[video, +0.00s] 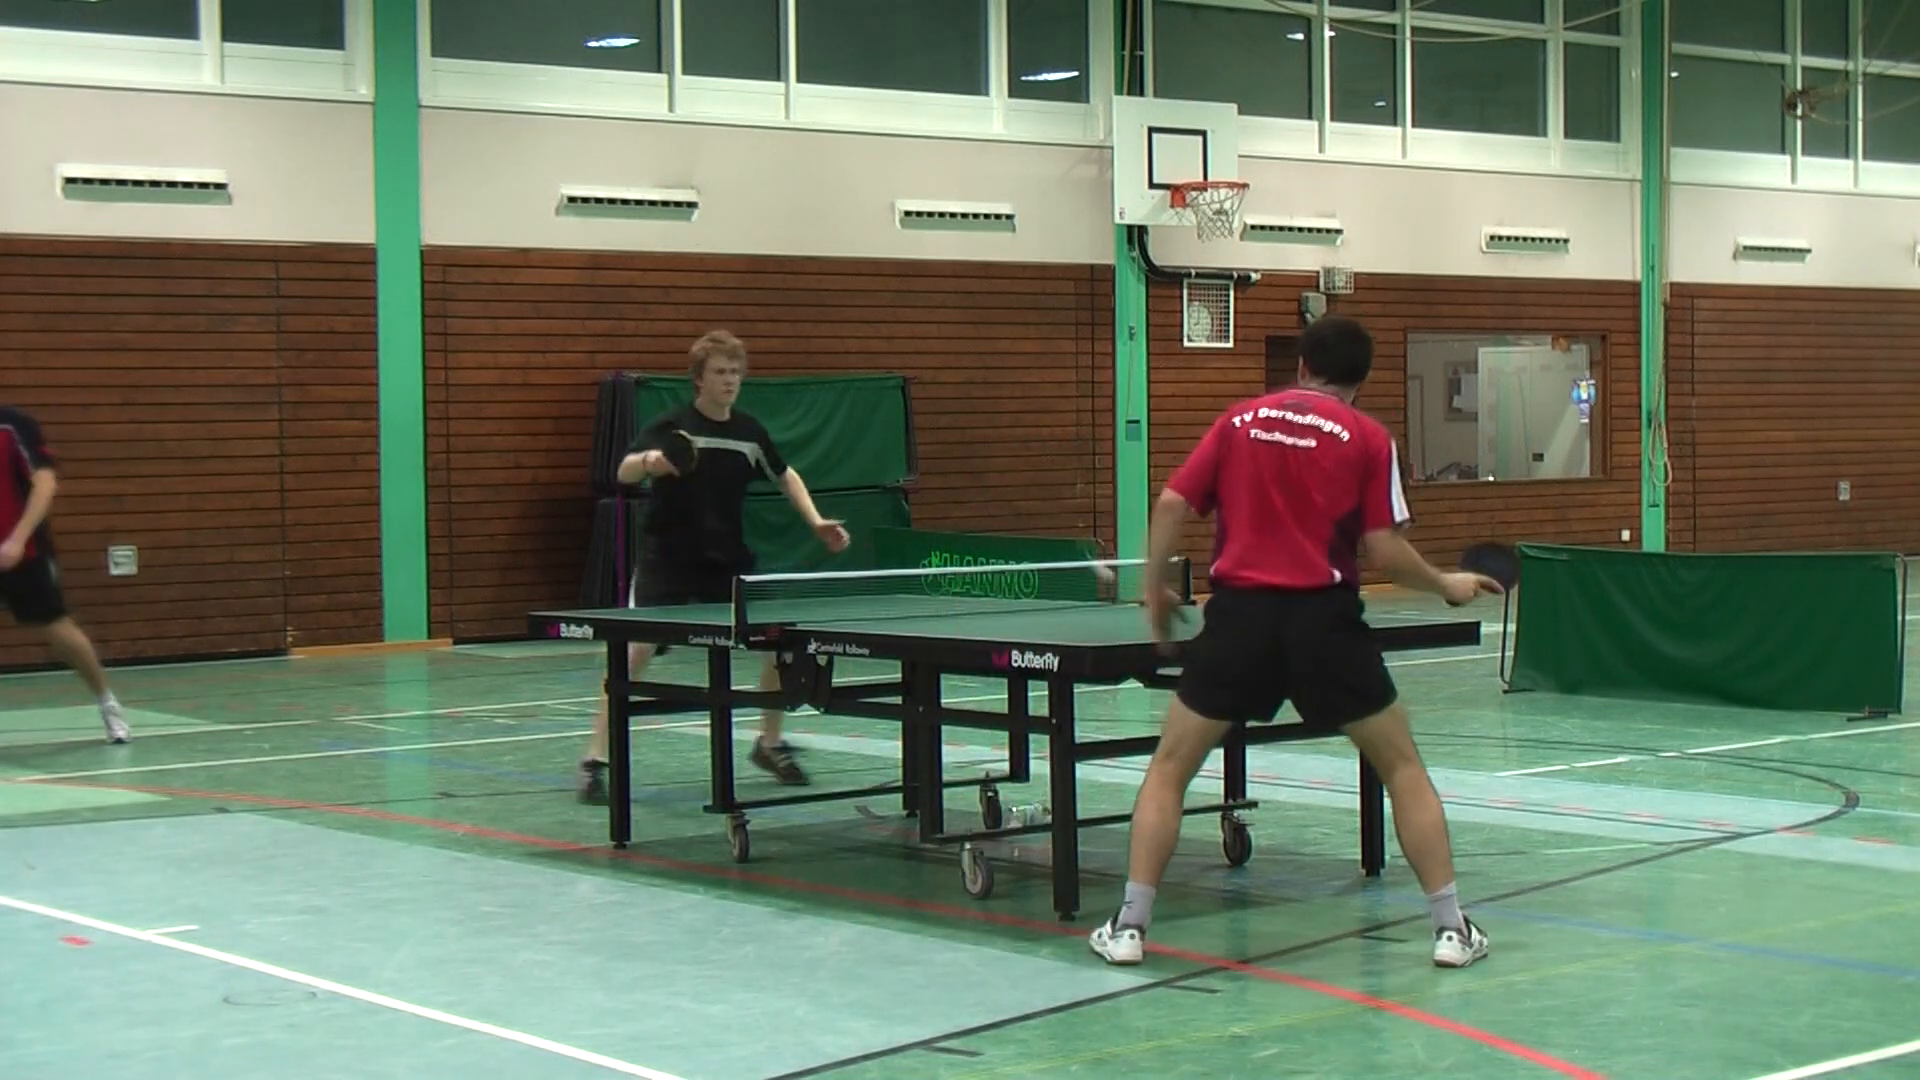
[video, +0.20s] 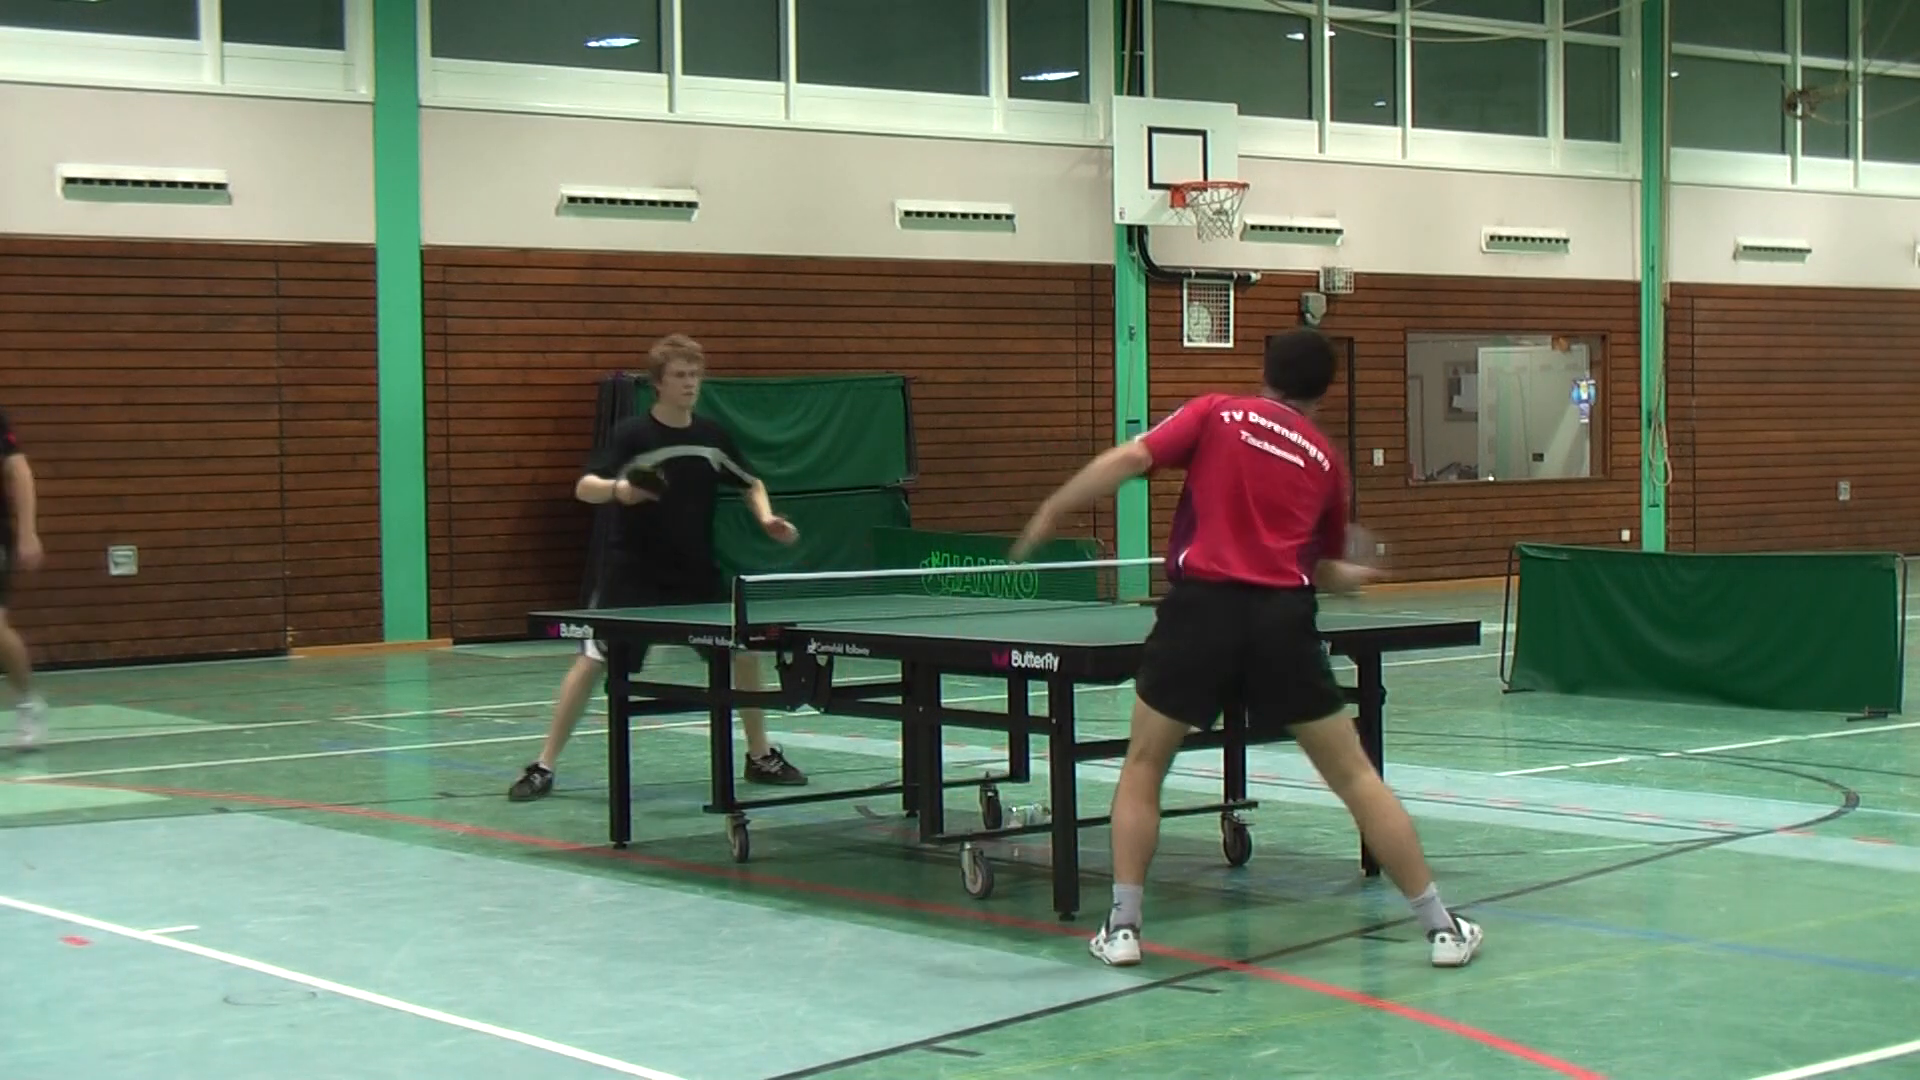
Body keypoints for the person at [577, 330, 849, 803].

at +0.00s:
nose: (730, 380)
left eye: (735, 373)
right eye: (720, 372)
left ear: (742, 378)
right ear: (698, 377)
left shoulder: (750, 431)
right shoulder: (670, 427)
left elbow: (786, 476)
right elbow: (623, 473)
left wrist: (816, 521)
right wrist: (646, 464)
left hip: (729, 563)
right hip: (667, 564)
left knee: (780, 641)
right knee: (635, 652)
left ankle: (770, 742)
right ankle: (595, 757)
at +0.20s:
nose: (690, 384)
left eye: (695, 376)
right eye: (680, 376)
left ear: (701, 380)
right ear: (657, 381)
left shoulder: (713, 436)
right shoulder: (632, 435)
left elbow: (750, 482)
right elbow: (584, 486)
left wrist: (765, 516)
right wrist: (617, 489)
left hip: (696, 574)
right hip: (633, 575)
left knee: (744, 650)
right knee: (592, 660)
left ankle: (760, 755)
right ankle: (544, 766)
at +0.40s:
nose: (629, 397)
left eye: (634, 388)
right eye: (619, 390)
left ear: (642, 390)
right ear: (599, 396)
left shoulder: (665, 442)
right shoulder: (582, 449)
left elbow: (705, 490)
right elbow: (542, 510)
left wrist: (698, 523)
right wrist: (568, 545)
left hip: (652, 577)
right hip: (591, 577)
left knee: (703, 655)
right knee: (537, 646)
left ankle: (709, 751)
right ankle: (483, 749)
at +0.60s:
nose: (488, 442)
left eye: (496, 432)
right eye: (481, 435)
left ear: (518, 431)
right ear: (473, 441)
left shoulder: (561, 476)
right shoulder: (474, 498)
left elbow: (624, 502)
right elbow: (423, 543)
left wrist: (672, 547)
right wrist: (361, 568)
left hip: (587, 597)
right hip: (518, 601)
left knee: (648, 670)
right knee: (464, 663)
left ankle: (710, 752)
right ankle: (427, 776)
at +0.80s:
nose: (427, 406)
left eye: (434, 396)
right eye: (419, 398)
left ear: (447, 397)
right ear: (405, 401)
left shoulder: (481, 440)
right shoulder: (396, 453)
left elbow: (539, 462)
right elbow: (361, 511)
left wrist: (591, 473)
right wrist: (386, 481)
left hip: (497, 575)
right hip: (437, 581)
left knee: (549, 663)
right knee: (405, 656)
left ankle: (568, 747)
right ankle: (422, 771)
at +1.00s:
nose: (394, 368)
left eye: (402, 359)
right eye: (387, 361)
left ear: (425, 359)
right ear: (381, 364)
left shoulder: (459, 410)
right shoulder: (368, 420)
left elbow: (513, 453)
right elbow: (336, 485)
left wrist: (511, 475)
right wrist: (348, 484)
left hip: (450, 552)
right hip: (392, 554)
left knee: (472, 650)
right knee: (396, 646)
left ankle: (446, 747)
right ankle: (376, 766)